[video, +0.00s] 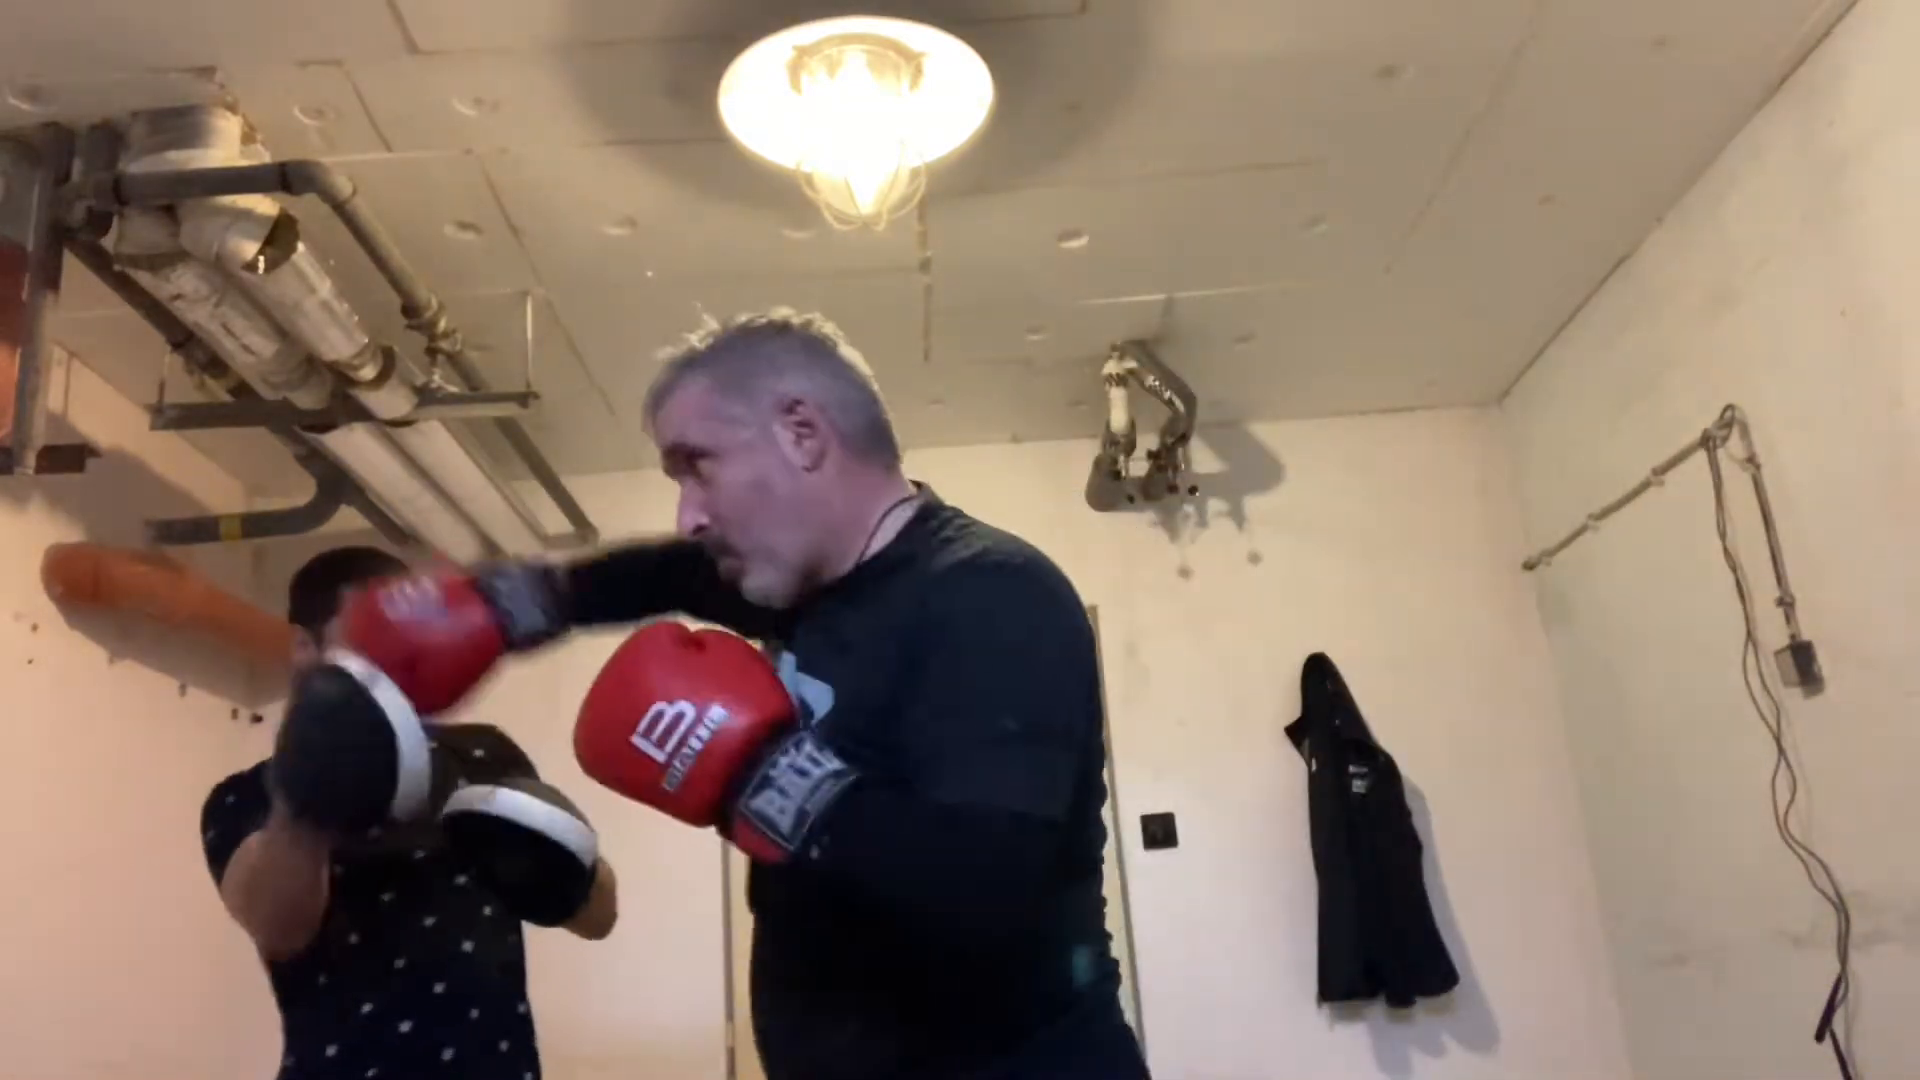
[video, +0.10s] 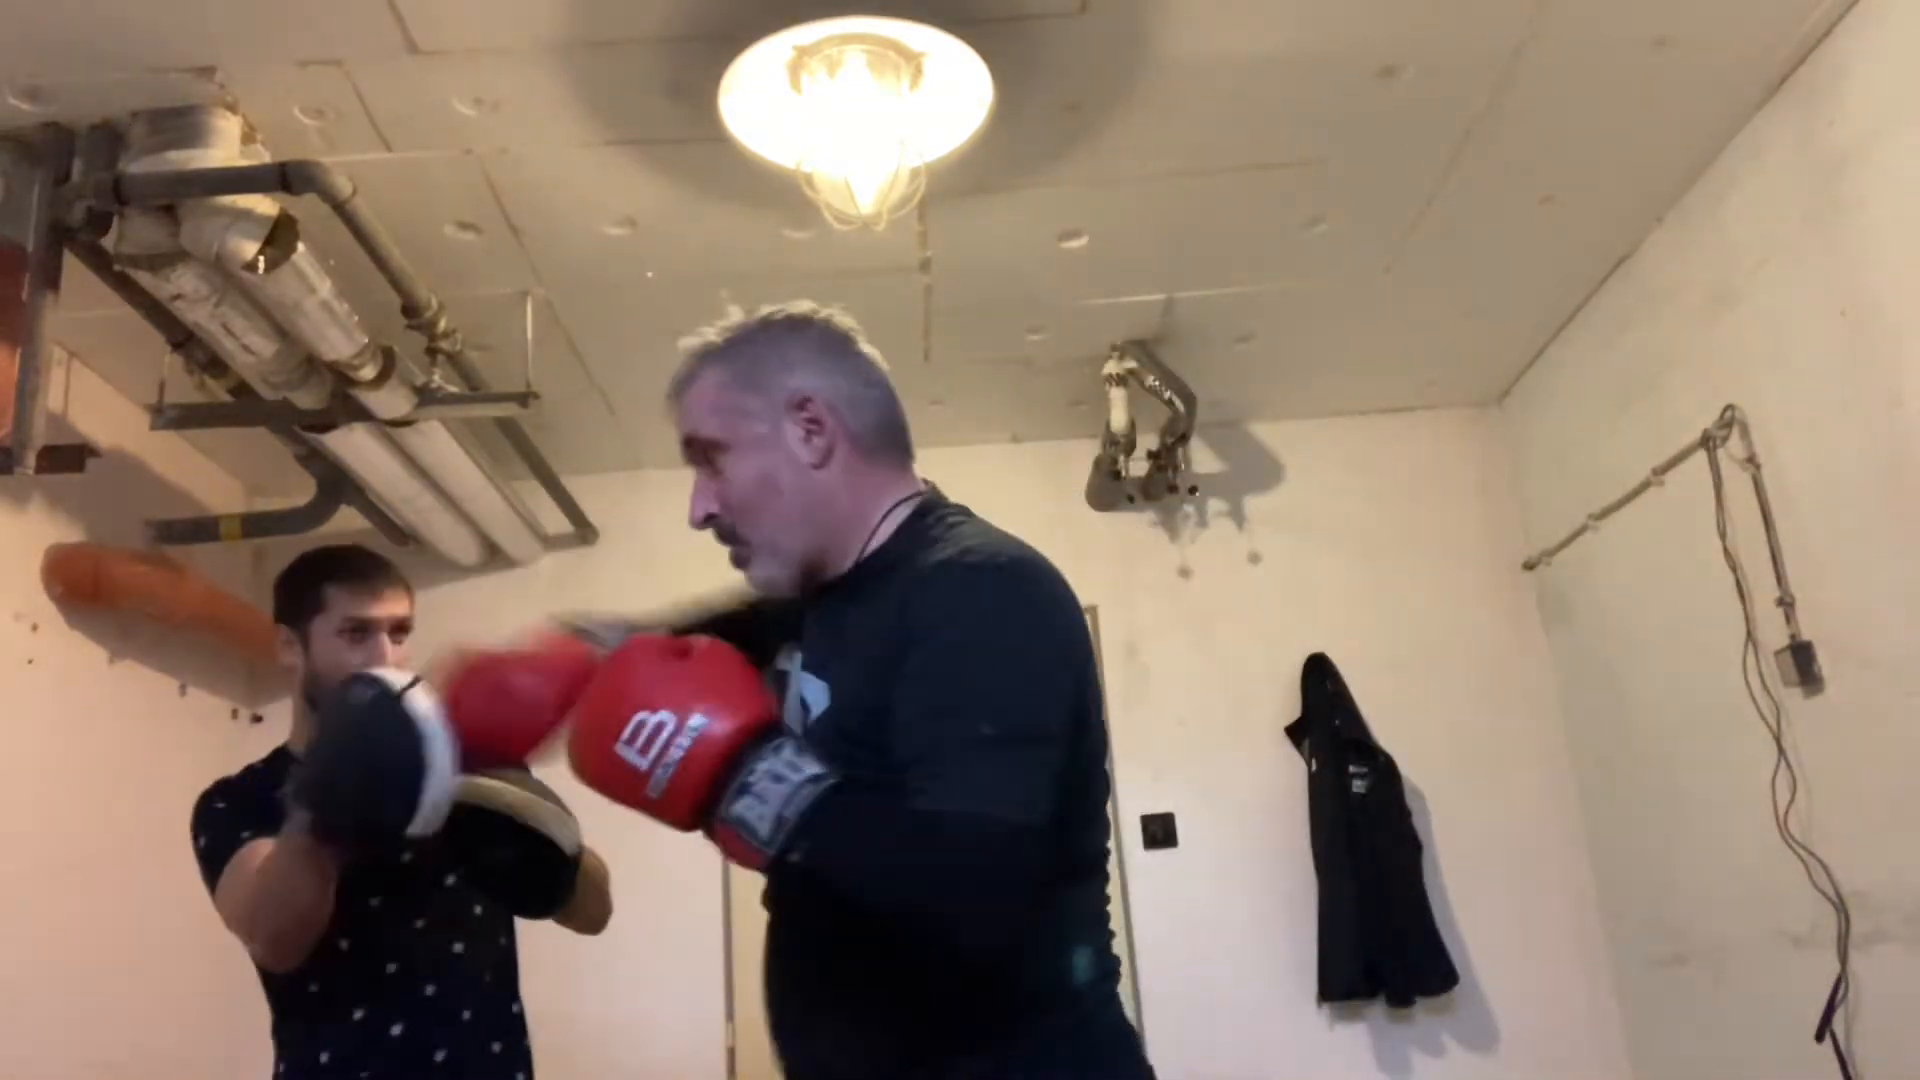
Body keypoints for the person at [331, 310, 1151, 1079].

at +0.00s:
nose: (688, 512)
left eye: (698, 467)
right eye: (678, 477)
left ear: (802, 437)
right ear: (798, 445)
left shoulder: (996, 603)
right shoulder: (815, 587)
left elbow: (994, 898)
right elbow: (677, 574)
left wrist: (770, 773)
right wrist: (507, 603)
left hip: (1008, 1061)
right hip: (834, 1054)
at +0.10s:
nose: (700, 509)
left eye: (711, 460)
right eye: (697, 469)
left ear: (812, 434)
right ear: (811, 435)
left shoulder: (987, 596)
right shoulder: (838, 604)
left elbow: (983, 895)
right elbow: (687, 653)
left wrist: (749, 776)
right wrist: (589, 662)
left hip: (1012, 1066)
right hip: (856, 1059)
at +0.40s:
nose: (910, 518)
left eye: (913, 484)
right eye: (909, 486)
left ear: (957, 470)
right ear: (1060, 472)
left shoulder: (956, 605)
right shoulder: (1192, 602)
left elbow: (869, 824)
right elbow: (1205, 841)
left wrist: (710, 960)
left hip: (1053, 1046)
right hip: (1246, 1040)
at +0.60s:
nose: (1080, 550)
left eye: (1085, 518)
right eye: (1078, 520)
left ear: (1134, 502)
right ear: (1229, 505)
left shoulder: (1120, 609)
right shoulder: (1370, 618)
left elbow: (1081, 845)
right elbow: (1395, 847)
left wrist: (980, 1021)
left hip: (1226, 1042)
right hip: (1431, 1040)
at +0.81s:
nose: (1154, 516)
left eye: (1155, 490)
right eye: (1147, 496)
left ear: (1213, 471)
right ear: (1310, 473)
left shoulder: (1193, 552)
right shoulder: (1453, 586)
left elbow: (1150, 752)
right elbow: (1472, 812)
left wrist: (1058, 902)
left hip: (1305, 1027)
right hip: (1517, 1023)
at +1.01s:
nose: (1118, 546)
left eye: (1113, 508)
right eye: (1107, 516)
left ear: (1170, 473)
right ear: (1262, 458)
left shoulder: (1178, 577)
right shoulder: (1437, 560)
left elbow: (1112, 805)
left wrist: (999, 759)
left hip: (1331, 1030)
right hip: (1544, 1014)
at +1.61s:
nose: (1087, 535)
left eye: (1099, 493)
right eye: (1087, 500)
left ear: (1181, 478)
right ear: (1213, 479)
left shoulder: (1192, 601)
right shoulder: (1411, 580)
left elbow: (1159, 830)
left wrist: (994, 832)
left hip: (1352, 1046)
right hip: (1553, 1033)